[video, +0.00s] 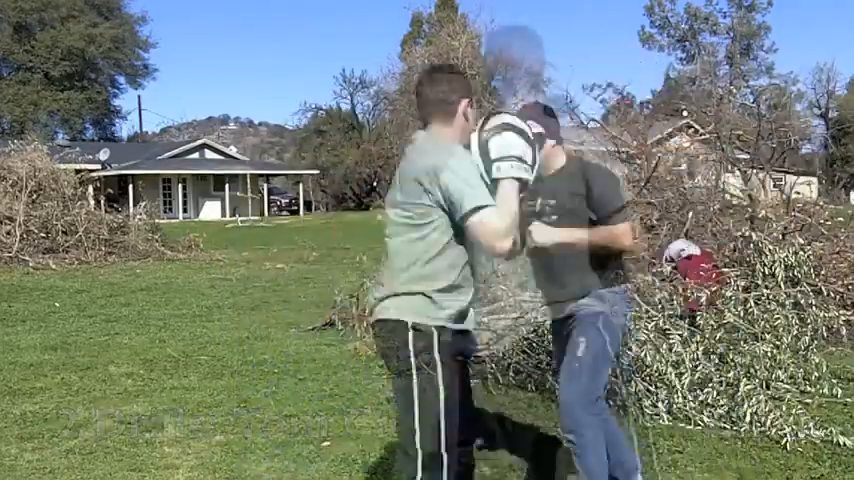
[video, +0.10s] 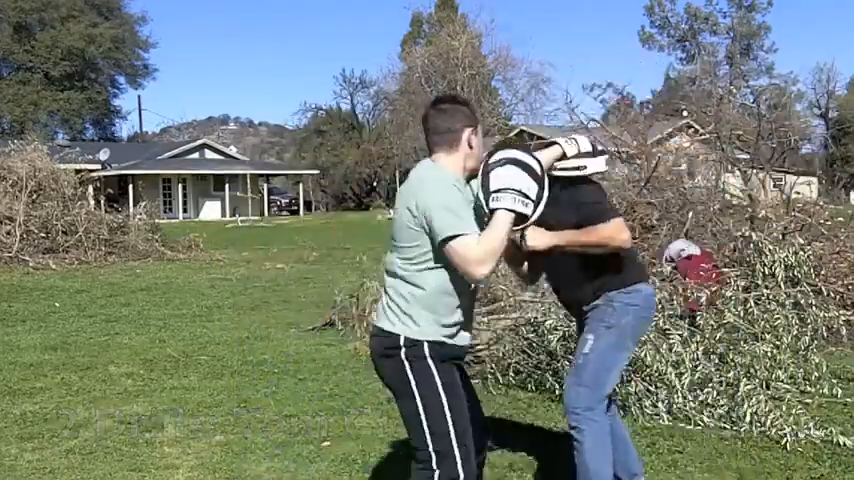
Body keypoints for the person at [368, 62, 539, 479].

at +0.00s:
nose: (476, 118)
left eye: (475, 111)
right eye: (475, 109)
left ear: (426, 108)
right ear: (465, 109)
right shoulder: (445, 157)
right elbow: (500, 239)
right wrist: (509, 168)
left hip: (413, 317)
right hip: (422, 322)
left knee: (448, 448)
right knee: (435, 455)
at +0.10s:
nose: (485, 149)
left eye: (482, 139)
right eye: (482, 138)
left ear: (435, 139)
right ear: (469, 139)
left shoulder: (454, 184)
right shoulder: (434, 184)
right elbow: (477, 264)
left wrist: (558, 150)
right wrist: (510, 204)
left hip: (438, 342)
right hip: (413, 343)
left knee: (472, 449)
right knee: (449, 464)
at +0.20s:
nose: (481, 164)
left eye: (480, 155)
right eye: (480, 154)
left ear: (433, 152)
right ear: (468, 152)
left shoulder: (453, 199)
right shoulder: (438, 196)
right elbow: (474, 279)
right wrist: (510, 226)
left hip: (437, 344)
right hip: (410, 346)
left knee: (483, 441)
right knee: (464, 463)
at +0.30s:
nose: (462, 151)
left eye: (460, 142)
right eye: (460, 141)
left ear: (413, 144)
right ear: (450, 142)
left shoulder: (415, 187)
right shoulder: (432, 189)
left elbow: (471, 257)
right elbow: (491, 258)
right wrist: (519, 202)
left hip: (431, 342)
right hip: (412, 345)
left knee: (477, 450)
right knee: (448, 464)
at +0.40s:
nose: (440, 130)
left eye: (438, 123)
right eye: (438, 122)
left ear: (390, 128)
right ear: (429, 123)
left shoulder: (377, 184)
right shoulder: (423, 172)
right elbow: (493, 228)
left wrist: (442, 307)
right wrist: (522, 174)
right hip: (404, 334)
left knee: (454, 447)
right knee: (418, 462)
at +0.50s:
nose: (424, 113)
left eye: (420, 105)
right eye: (422, 105)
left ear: (372, 116)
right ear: (413, 109)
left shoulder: (354, 175)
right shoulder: (415, 161)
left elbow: (347, 254)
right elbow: (493, 210)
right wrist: (518, 153)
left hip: (373, 314)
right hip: (397, 321)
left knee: (432, 435)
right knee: (397, 454)